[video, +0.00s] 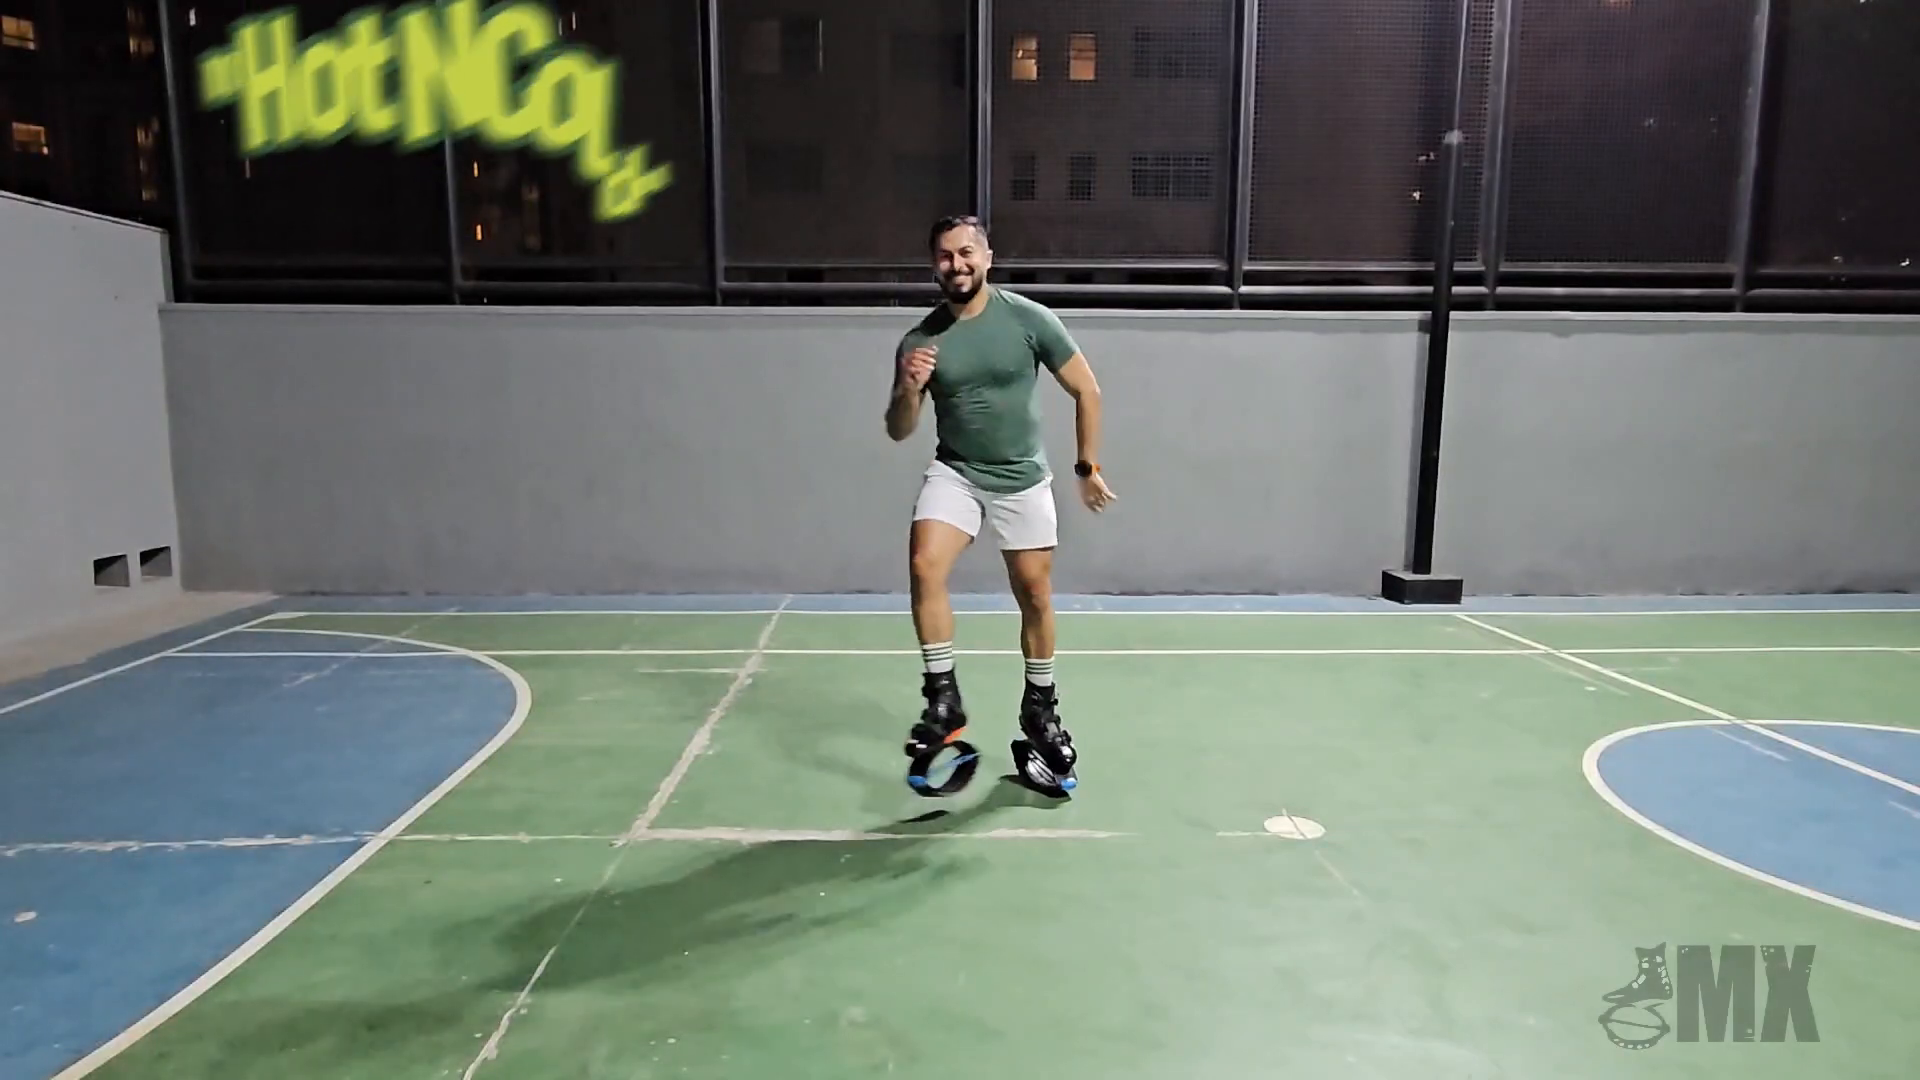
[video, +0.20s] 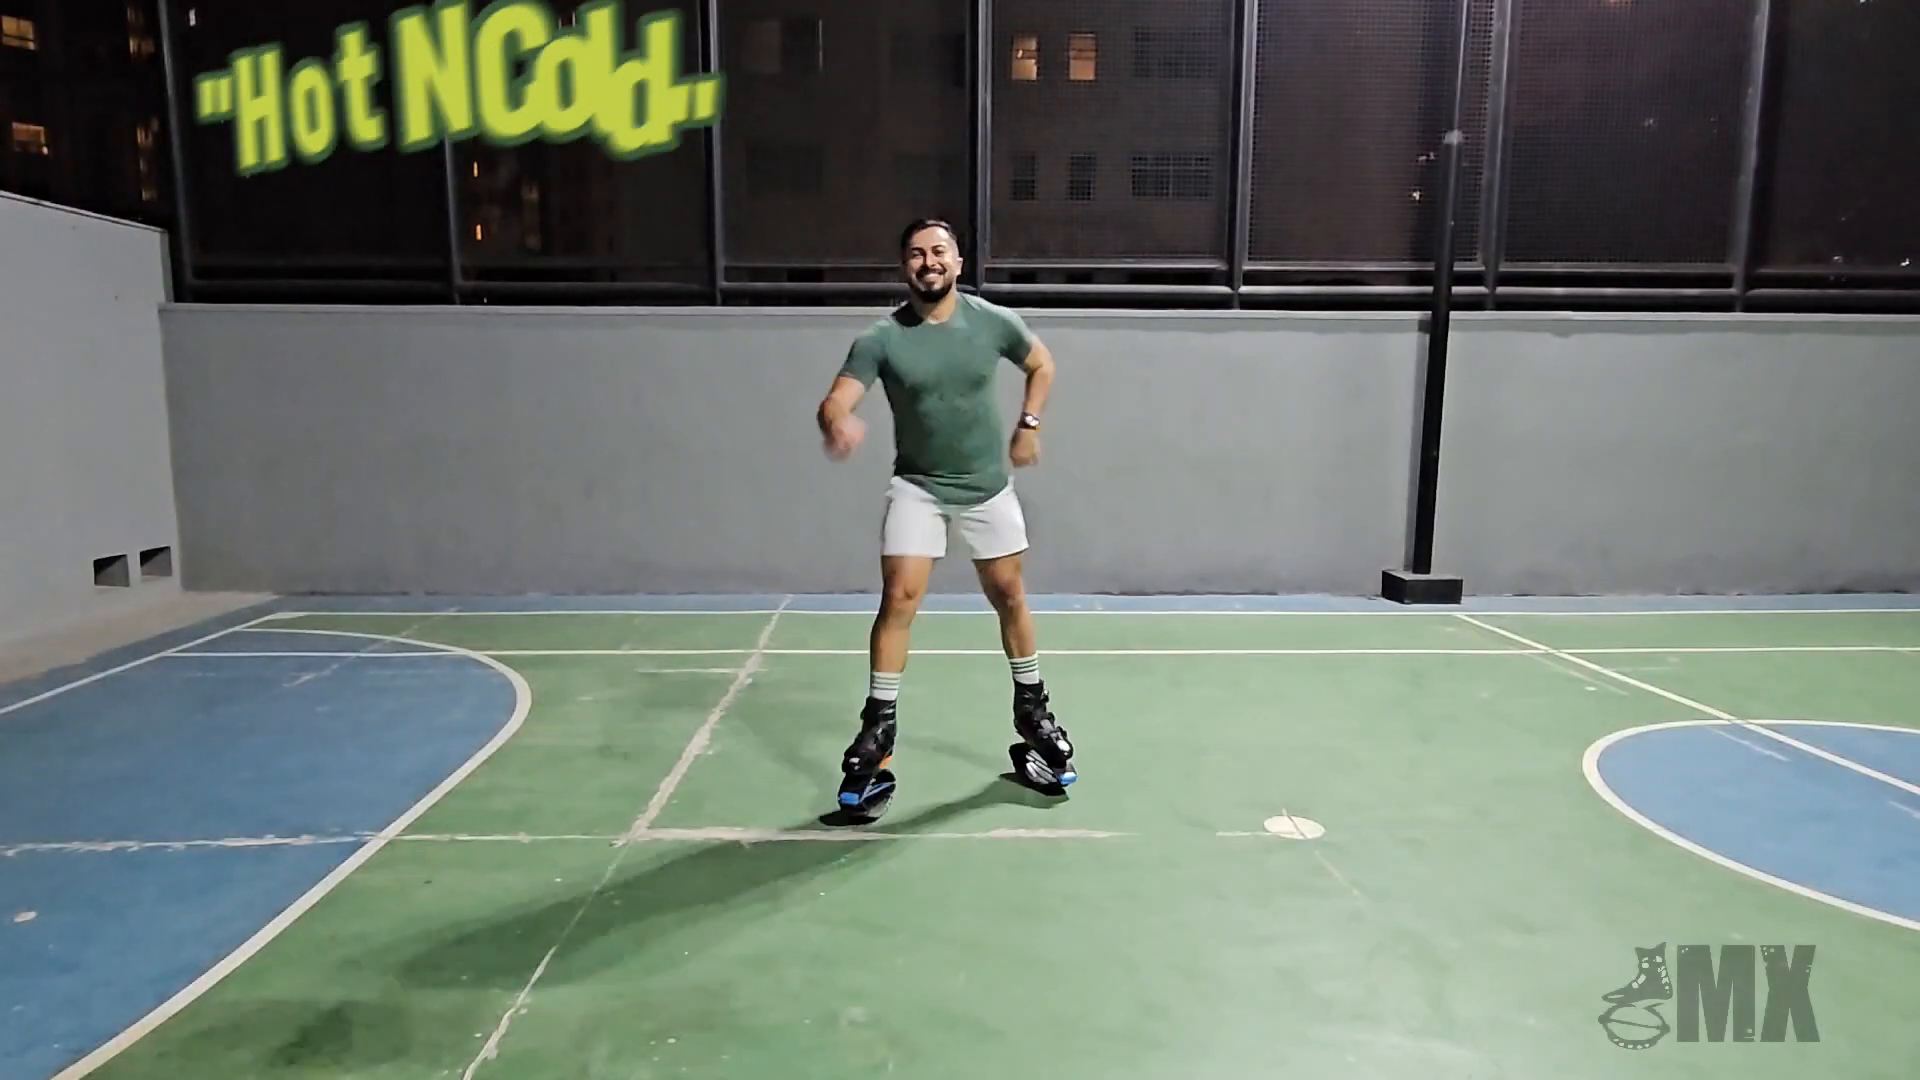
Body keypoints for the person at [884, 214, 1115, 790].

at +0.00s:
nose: (956, 264)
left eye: (967, 252)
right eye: (945, 255)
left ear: (989, 258)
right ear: (935, 264)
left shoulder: (1030, 319)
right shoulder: (921, 340)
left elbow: (1087, 388)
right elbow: (898, 430)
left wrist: (1087, 467)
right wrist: (910, 388)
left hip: (1024, 479)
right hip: (955, 474)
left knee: (1035, 592)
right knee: (925, 566)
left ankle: (1040, 711)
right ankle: (942, 700)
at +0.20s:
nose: (928, 261)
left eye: (938, 251)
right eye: (917, 254)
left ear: (959, 262)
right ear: (903, 268)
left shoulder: (993, 322)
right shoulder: (881, 339)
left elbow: (1041, 363)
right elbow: (836, 402)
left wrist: (1028, 424)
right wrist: (837, 423)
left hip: (988, 489)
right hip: (917, 490)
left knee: (1008, 590)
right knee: (899, 598)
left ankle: (1033, 710)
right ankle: (878, 728)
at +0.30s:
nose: (912, 258)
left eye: (921, 248)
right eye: (900, 250)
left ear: (940, 259)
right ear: (884, 265)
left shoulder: (968, 327)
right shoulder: (859, 332)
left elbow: (1012, 387)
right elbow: (817, 414)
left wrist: (996, 409)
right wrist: (798, 491)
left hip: (957, 489)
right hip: (889, 490)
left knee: (992, 598)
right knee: (884, 602)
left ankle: (1011, 702)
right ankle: (877, 732)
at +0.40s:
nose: (893, 257)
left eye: (903, 246)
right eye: (881, 249)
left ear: (920, 258)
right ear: (867, 264)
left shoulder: (947, 332)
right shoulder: (839, 330)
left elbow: (975, 420)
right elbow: (799, 421)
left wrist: (958, 379)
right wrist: (777, 501)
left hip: (935, 482)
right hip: (867, 487)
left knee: (972, 592)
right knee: (871, 603)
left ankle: (961, 681)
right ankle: (874, 729)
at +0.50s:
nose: (875, 259)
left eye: (885, 249)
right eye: (863, 252)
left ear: (903, 259)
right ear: (849, 266)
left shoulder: (931, 331)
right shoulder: (817, 330)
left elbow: (944, 414)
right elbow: (782, 415)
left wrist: (917, 362)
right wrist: (774, 495)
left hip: (915, 482)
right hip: (849, 484)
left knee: (940, 594)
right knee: (860, 602)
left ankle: (895, 665)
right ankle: (869, 729)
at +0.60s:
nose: (855, 265)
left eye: (866, 255)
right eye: (844, 257)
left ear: (885, 264)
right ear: (831, 269)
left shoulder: (915, 333)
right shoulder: (799, 336)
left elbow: (927, 409)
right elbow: (771, 415)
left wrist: (878, 387)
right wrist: (768, 492)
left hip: (893, 488)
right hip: (829, 489)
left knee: (897, 608)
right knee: (846, 600)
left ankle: (827, 696)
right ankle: (866, 737)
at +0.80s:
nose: (816, 272)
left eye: (829, 263)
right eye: (807, 264)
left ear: (851, 274)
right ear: (797, 274)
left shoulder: (875, 344)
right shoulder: (770, 342)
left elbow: (895, 431)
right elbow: (753, 420)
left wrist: (876, 503)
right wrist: (741, 485)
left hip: (851, 490)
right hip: (785, 479)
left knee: (835, 601)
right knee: (779, 577)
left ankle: (812, 700)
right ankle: (802, 706)